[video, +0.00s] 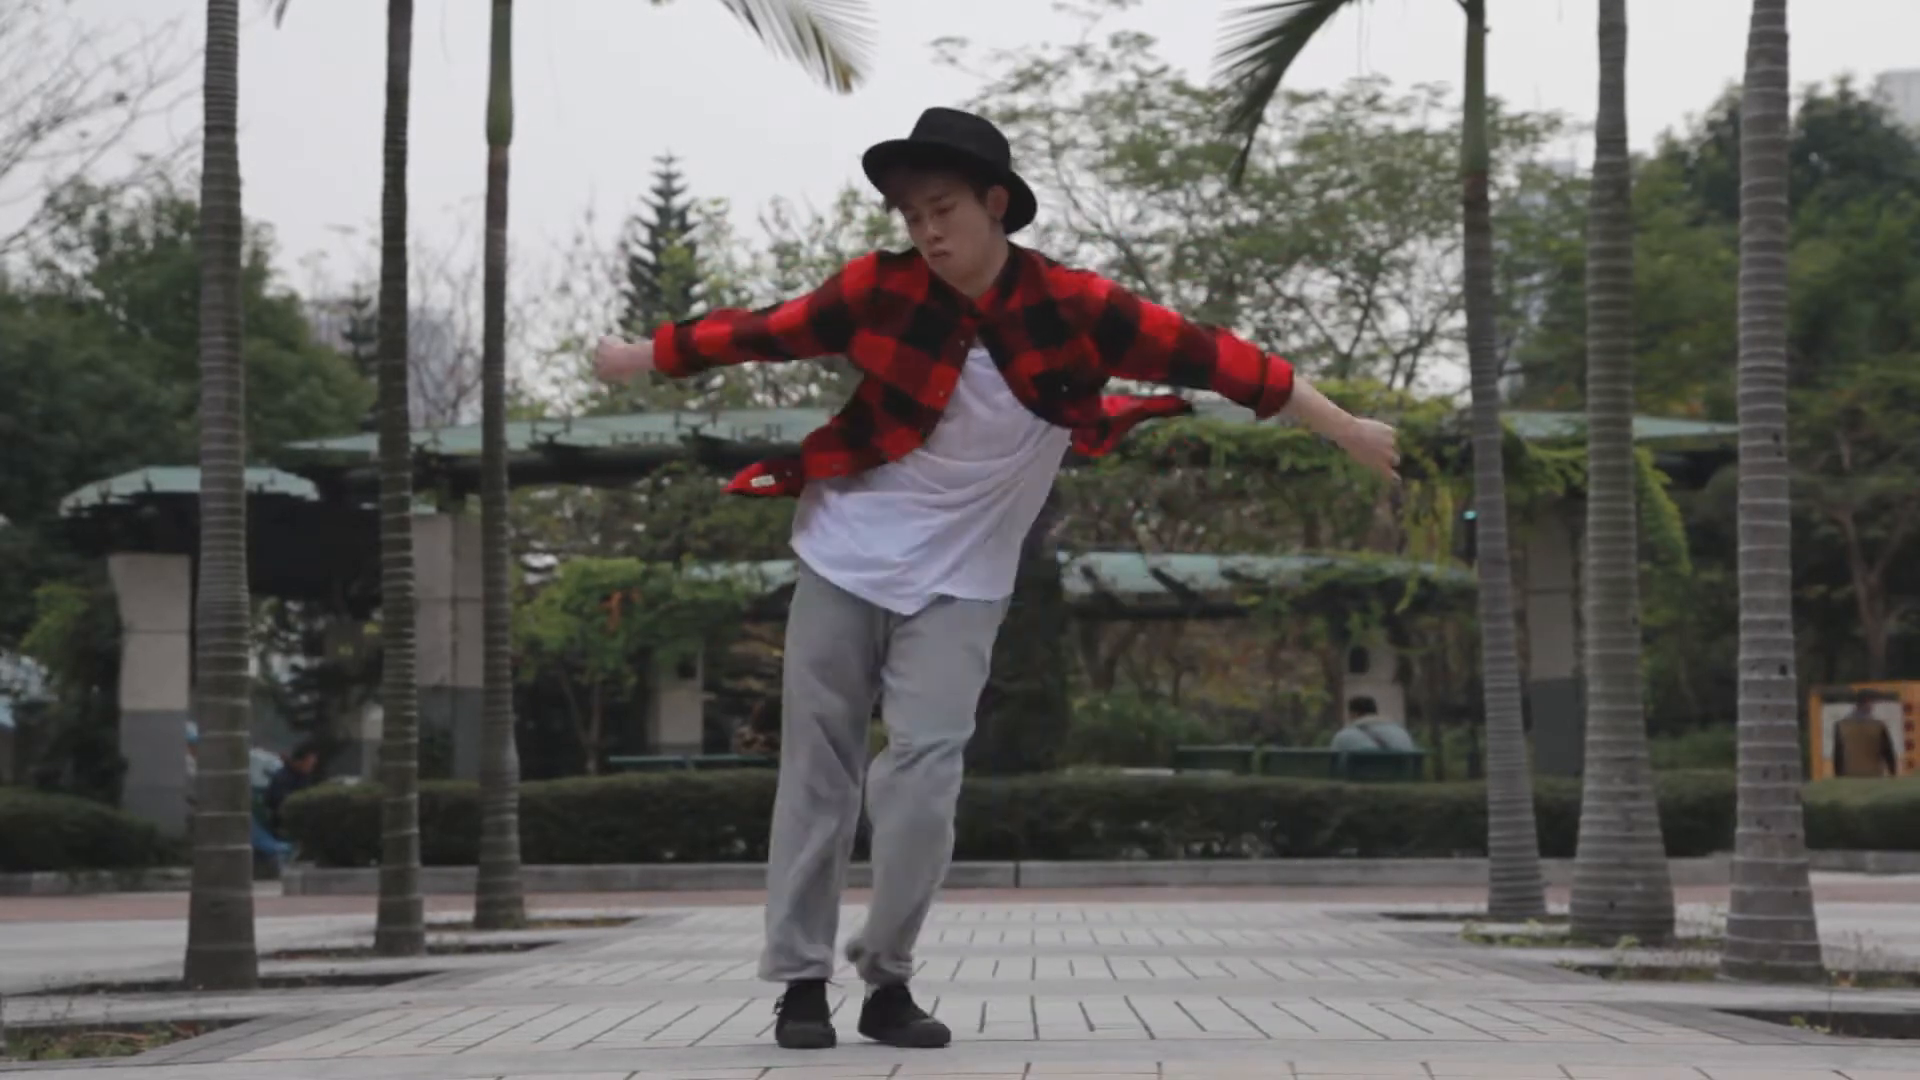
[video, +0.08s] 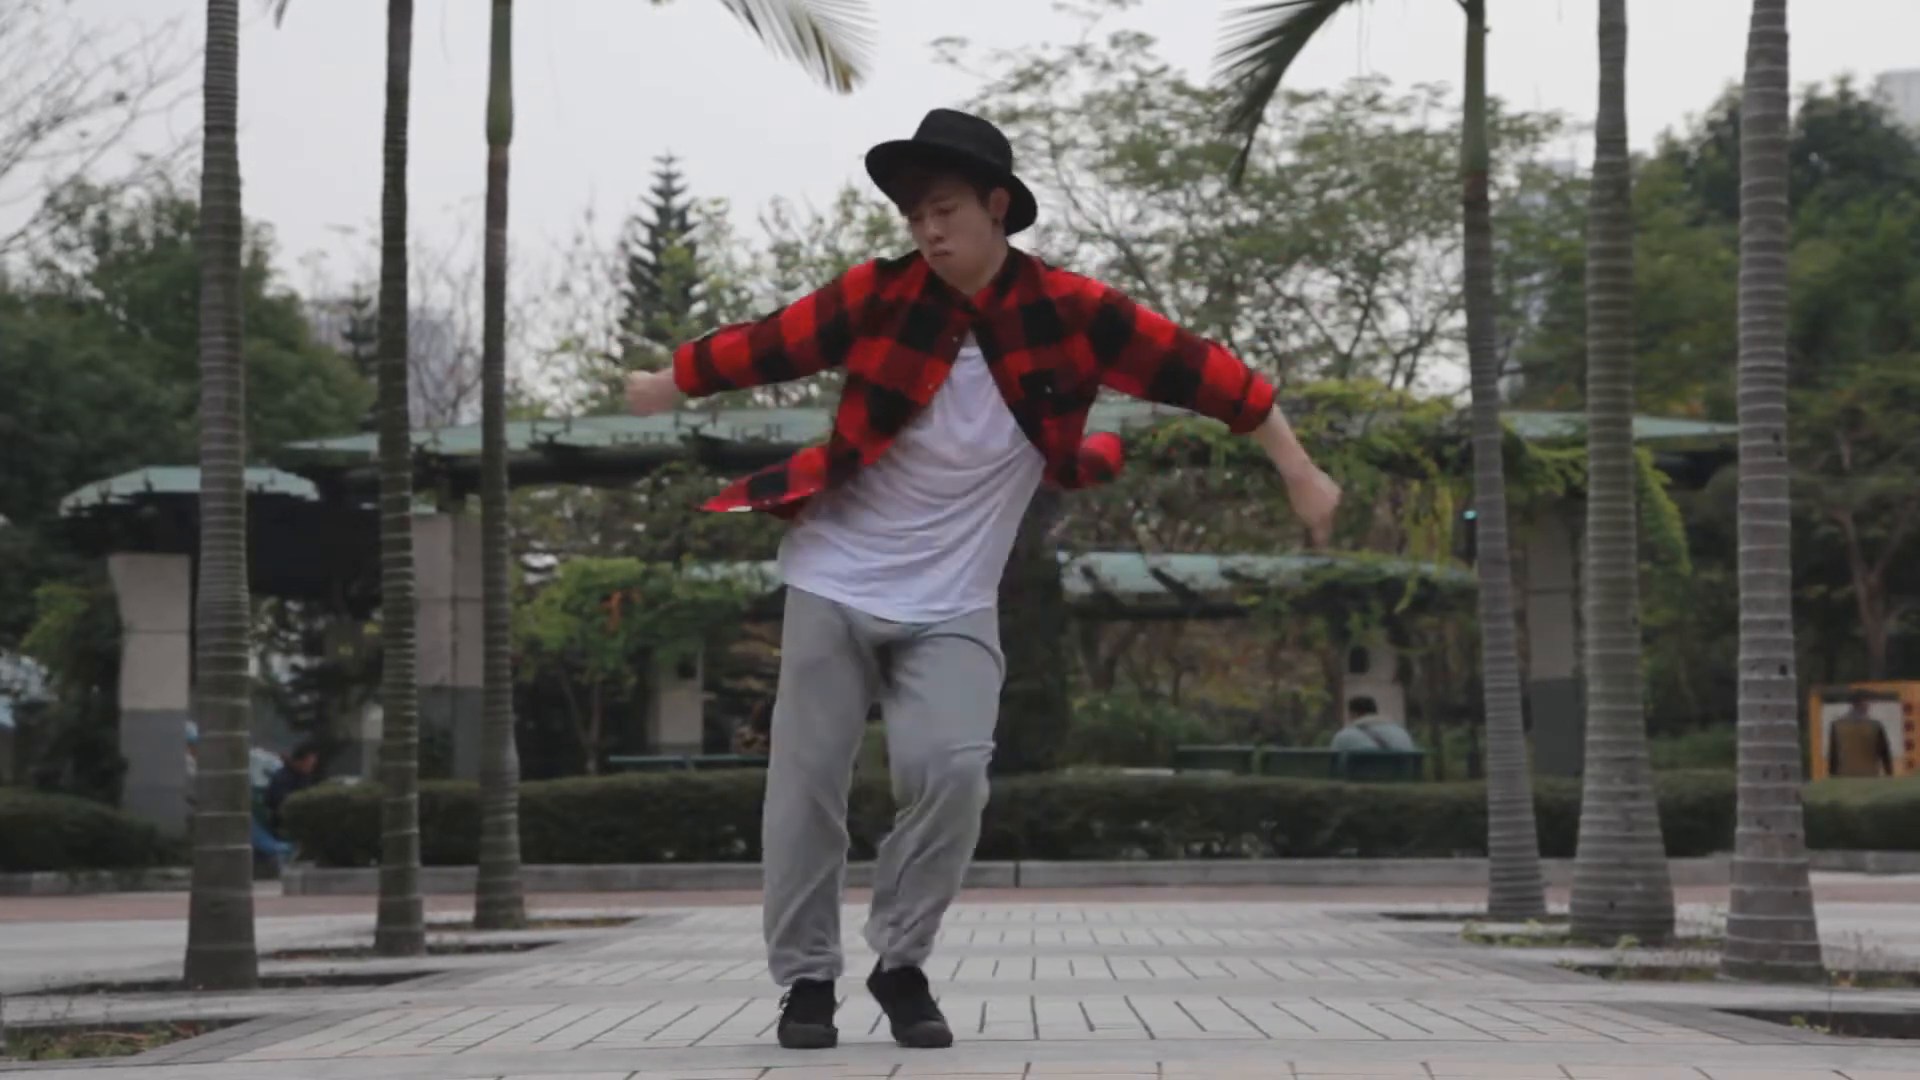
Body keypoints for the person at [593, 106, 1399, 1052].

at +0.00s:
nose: (927, 231)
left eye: (943, 208)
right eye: (912, 216)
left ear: (998, 202)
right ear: (903, 223)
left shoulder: (1072, 306)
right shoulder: (877, 290)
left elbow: (1207, 353)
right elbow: (766, 330)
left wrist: (1339, 423)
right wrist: (651, 354)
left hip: (964, 574)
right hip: (846, 550)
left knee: (930, 758)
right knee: (818, 762)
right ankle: (801, 983)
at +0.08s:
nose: (930, 230)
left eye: (948, 208)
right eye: (919, 214)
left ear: (1002, 208)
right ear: (909, 220)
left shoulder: (1067, 308)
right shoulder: (878, 293)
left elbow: (1197, 366)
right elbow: (772, 344)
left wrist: (1297, 467)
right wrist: (670, 381)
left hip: (954, 601)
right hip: (831, 577)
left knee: (952, 770)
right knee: (807, 776)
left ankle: (901, 965)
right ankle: (807, 980)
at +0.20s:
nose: (926, 199)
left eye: (945, 180)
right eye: (911, 182)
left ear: (994, 180)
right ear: (897, 185)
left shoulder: (1058, 268)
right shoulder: (866, 253)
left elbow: (1125, 356)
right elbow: (804, 350)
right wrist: (751, 452)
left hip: (989, 562)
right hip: (861, 559)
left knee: (1011, 746)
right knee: (836, 773)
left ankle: (993, 947)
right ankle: (857, 975)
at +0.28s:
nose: (918, 213)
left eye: (936, 194)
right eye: (903, 197)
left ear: (983, 192)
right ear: (888, 201)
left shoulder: (1045, 279)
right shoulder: (864, 278)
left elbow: (1044, 385)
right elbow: (836, 391)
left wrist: (1059, 442)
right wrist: (804, 460)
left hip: (1011, 548)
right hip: (890, 551)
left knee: (1035, 762)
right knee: (860, 768)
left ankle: (1001, 977)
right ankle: (865, 982)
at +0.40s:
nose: (910, 201)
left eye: (929, 184)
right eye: (892, 181)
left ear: (957, 185)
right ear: (862, 181)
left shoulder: (1007, 247)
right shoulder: (827, 292)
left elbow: (1062, 346)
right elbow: (820, 414)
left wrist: (1068, 368)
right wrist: (833, 471)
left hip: (1068, 531)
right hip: (948, 558)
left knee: (1092, 728)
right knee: (954, 748)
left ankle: (1069, 956)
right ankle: (956, 957)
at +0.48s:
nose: (911, 224)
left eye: (931, 208)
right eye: (894, 201)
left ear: (953, 214)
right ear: (859, 201)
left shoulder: (1002, 282)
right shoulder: (818, 329)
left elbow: (1082, 415)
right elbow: (813, 454)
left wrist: (1060, 392)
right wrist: (828, 479)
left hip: (1082, 537)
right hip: (966, 575)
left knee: (1131, 751)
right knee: (1021, 775)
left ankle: (1178, 965)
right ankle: (1066, 975)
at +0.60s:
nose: (928, 240)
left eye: (947, 223)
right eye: (910, 218)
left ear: (969, 229)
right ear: (870, 216)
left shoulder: (1014, 301)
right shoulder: (823, 337)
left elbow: (1083, 440)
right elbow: (792, 487)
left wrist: (1048, 396)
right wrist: (806, 448)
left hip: (1062, 555)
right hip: (952, 584)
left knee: (1105, 724)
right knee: (992, 767)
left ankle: (1139, 933)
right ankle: (1044, 965)